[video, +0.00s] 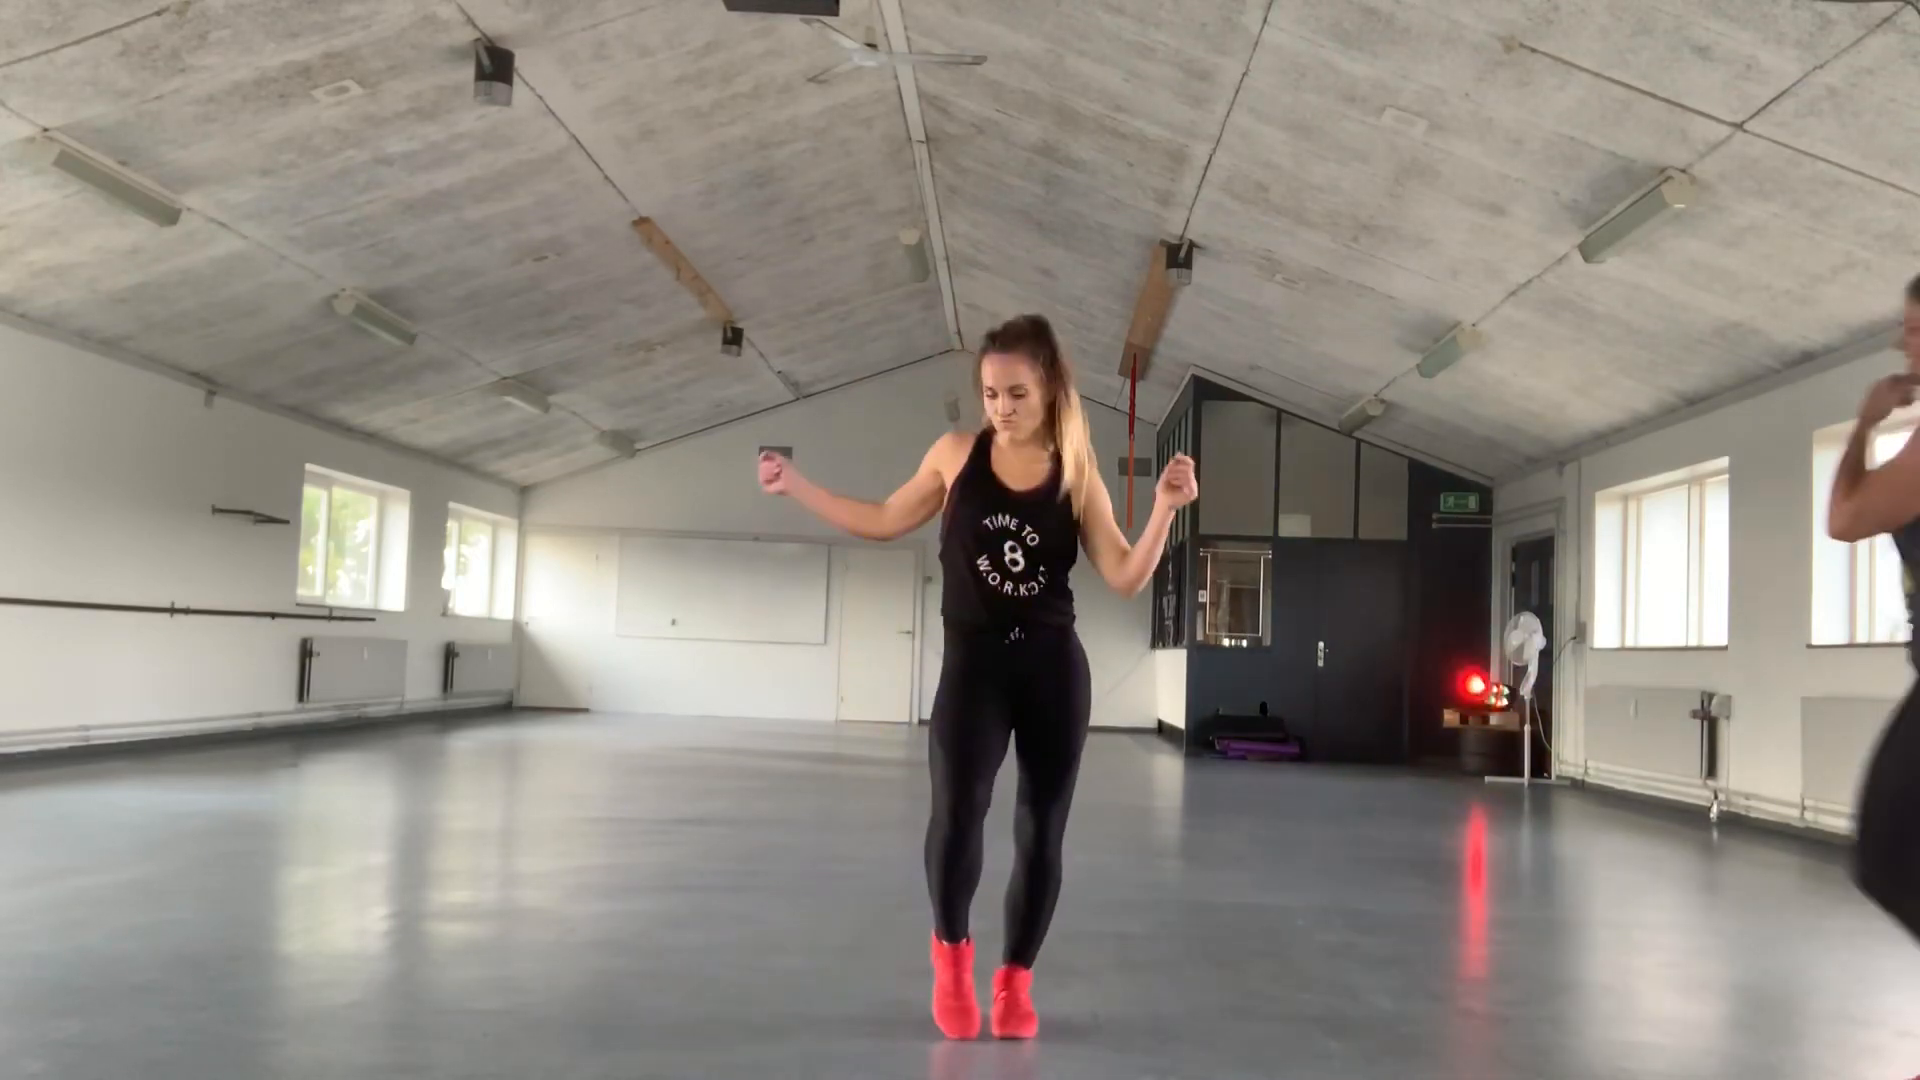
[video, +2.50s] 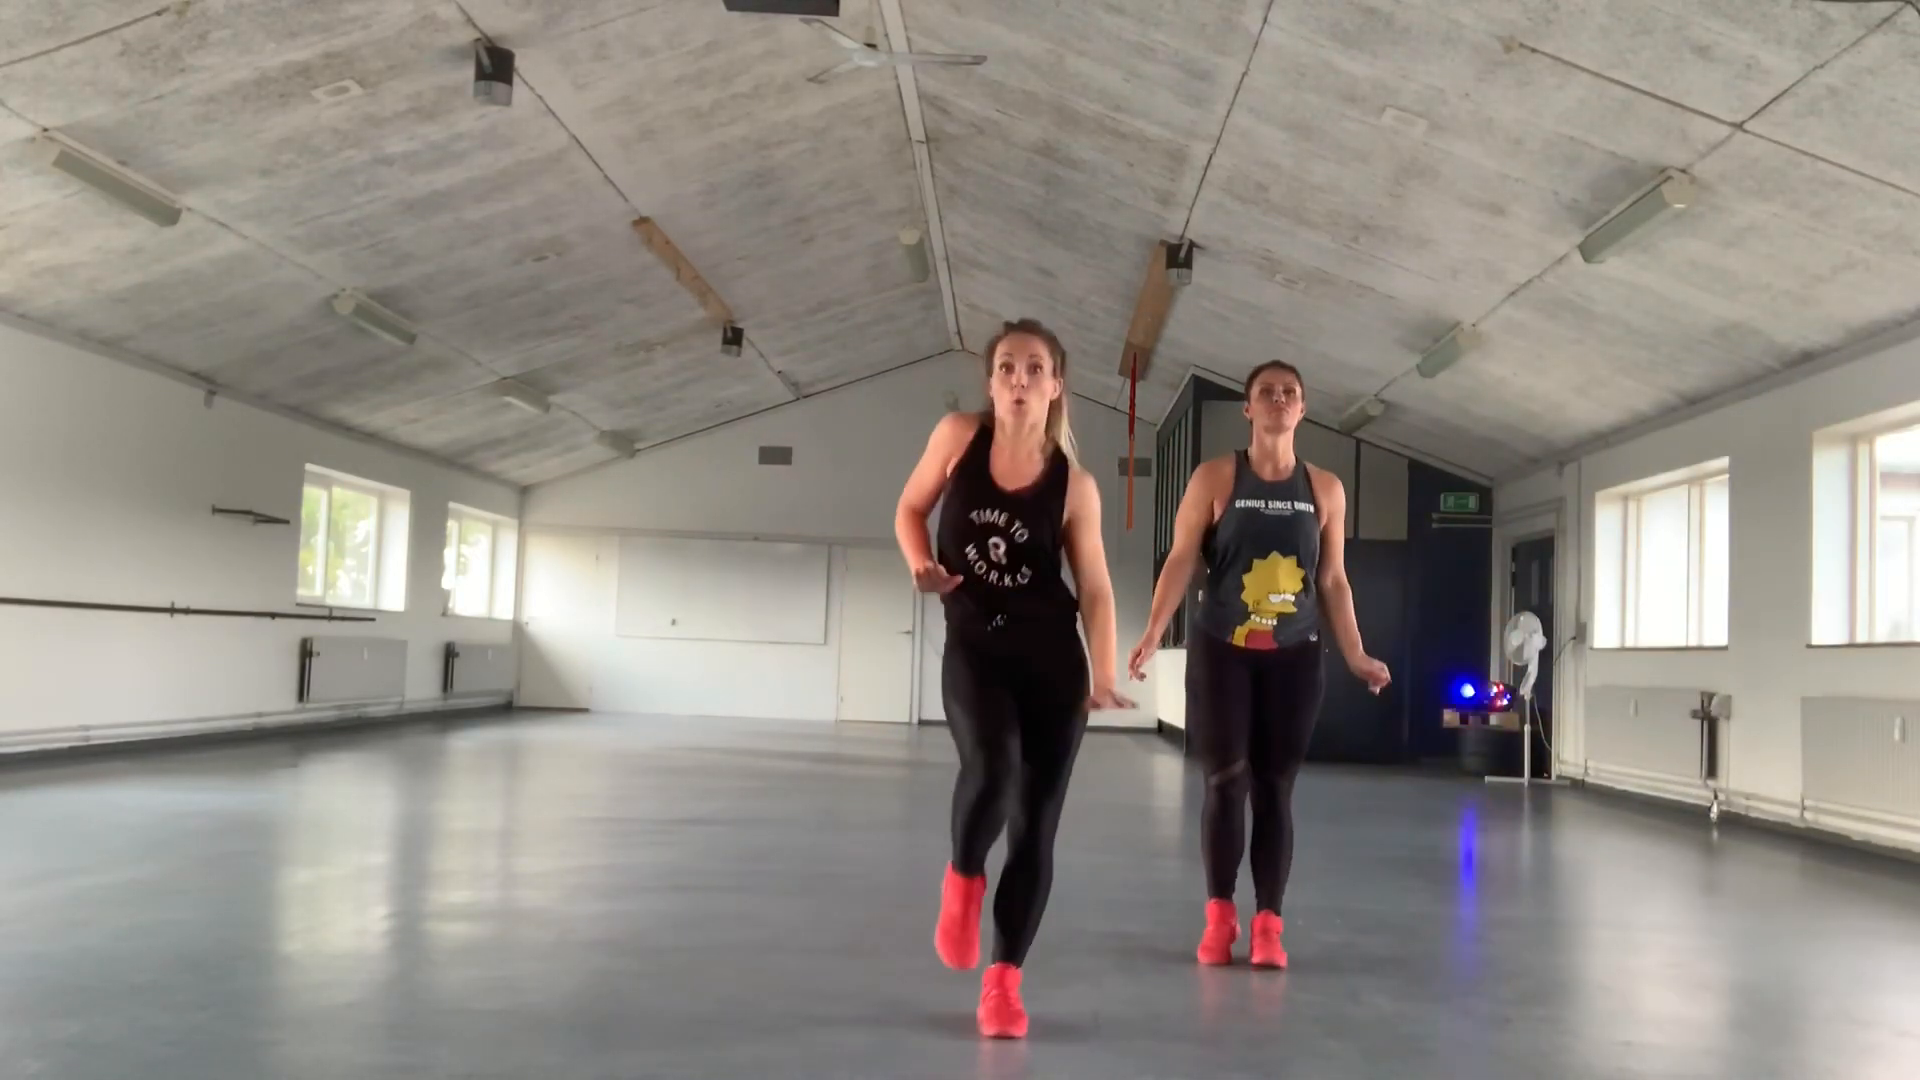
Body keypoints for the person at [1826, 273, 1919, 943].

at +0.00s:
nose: (1907, 345)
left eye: (1913, 331)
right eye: (1907, 331)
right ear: (1908, 337)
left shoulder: (1918, 446)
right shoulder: (1913, 442)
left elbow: (1845, 518)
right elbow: (1851, 517)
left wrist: (1865, 424)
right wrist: (1867, 425)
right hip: (1919, 682)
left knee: (1882, 858)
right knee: (1881, 856)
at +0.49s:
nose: (1611, 382)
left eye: (1622, 368)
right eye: (1610, 368)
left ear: (1667, 366)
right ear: (1671, 371)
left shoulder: (1668, 448)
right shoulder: (1708, 444)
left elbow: (1572, 538)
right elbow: (1693, 568)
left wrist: (1567, 453)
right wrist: (1622, 633)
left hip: (1671, 652)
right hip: (1713, 648)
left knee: (1661, 836)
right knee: (1627, 814)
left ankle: (1677, 1022)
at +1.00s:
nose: (1383, 396)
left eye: (1398, 387)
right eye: (1380, 385)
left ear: (1437, 398)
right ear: (1378, 394)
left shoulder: (1444, 477)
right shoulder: (1393, 471)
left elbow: (1485, 585)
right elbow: (1367, 563)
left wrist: (1513, 677)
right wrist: (1298, 615)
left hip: (1430, 657)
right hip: (1424, 655)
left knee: (1347, 803)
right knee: (1413, 812)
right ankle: (1461, 970)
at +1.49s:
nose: (1307, 400)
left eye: (1319, 391)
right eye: (1297, 390)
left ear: (1337, 407)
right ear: (1278, 401)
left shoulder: (1359, 490)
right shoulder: (1238, 478)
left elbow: (1376, 586)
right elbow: (1204, 558)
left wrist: (1374, 671)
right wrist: (1183, 621)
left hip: (1324, 660)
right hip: (1251, 659)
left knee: (1314, 799)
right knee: (1260, 796)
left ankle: (1341, 958)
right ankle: (1254, 929)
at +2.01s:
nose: (1282, 399)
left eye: (1292, 392)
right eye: (1270, 392)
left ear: (1308, 408)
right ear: (1251, 408)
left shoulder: (1334, 488)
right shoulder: (1216, 478)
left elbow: (1346, 579)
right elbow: (1185, 563)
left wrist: (1369, 659)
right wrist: (1156, 639)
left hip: (1299, 661)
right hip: (1222, 657)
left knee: (1277, 791)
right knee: (1218, 785)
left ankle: (1274, 926)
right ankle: (1216, 913)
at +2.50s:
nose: (1279, 401)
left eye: (1289, 393)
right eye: (1267, 392)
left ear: (1303, 409)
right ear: (1248, 408)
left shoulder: (1326, 489)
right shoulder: (1213, 476)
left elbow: (1334, 580)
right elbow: (1180, 558)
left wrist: (1356, 653)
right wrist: (1154, 627)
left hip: (1294, 657)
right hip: (1220, 653)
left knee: (1274, 788)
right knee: (1227, 780)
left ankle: (1269, 921)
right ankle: (1220, 913)